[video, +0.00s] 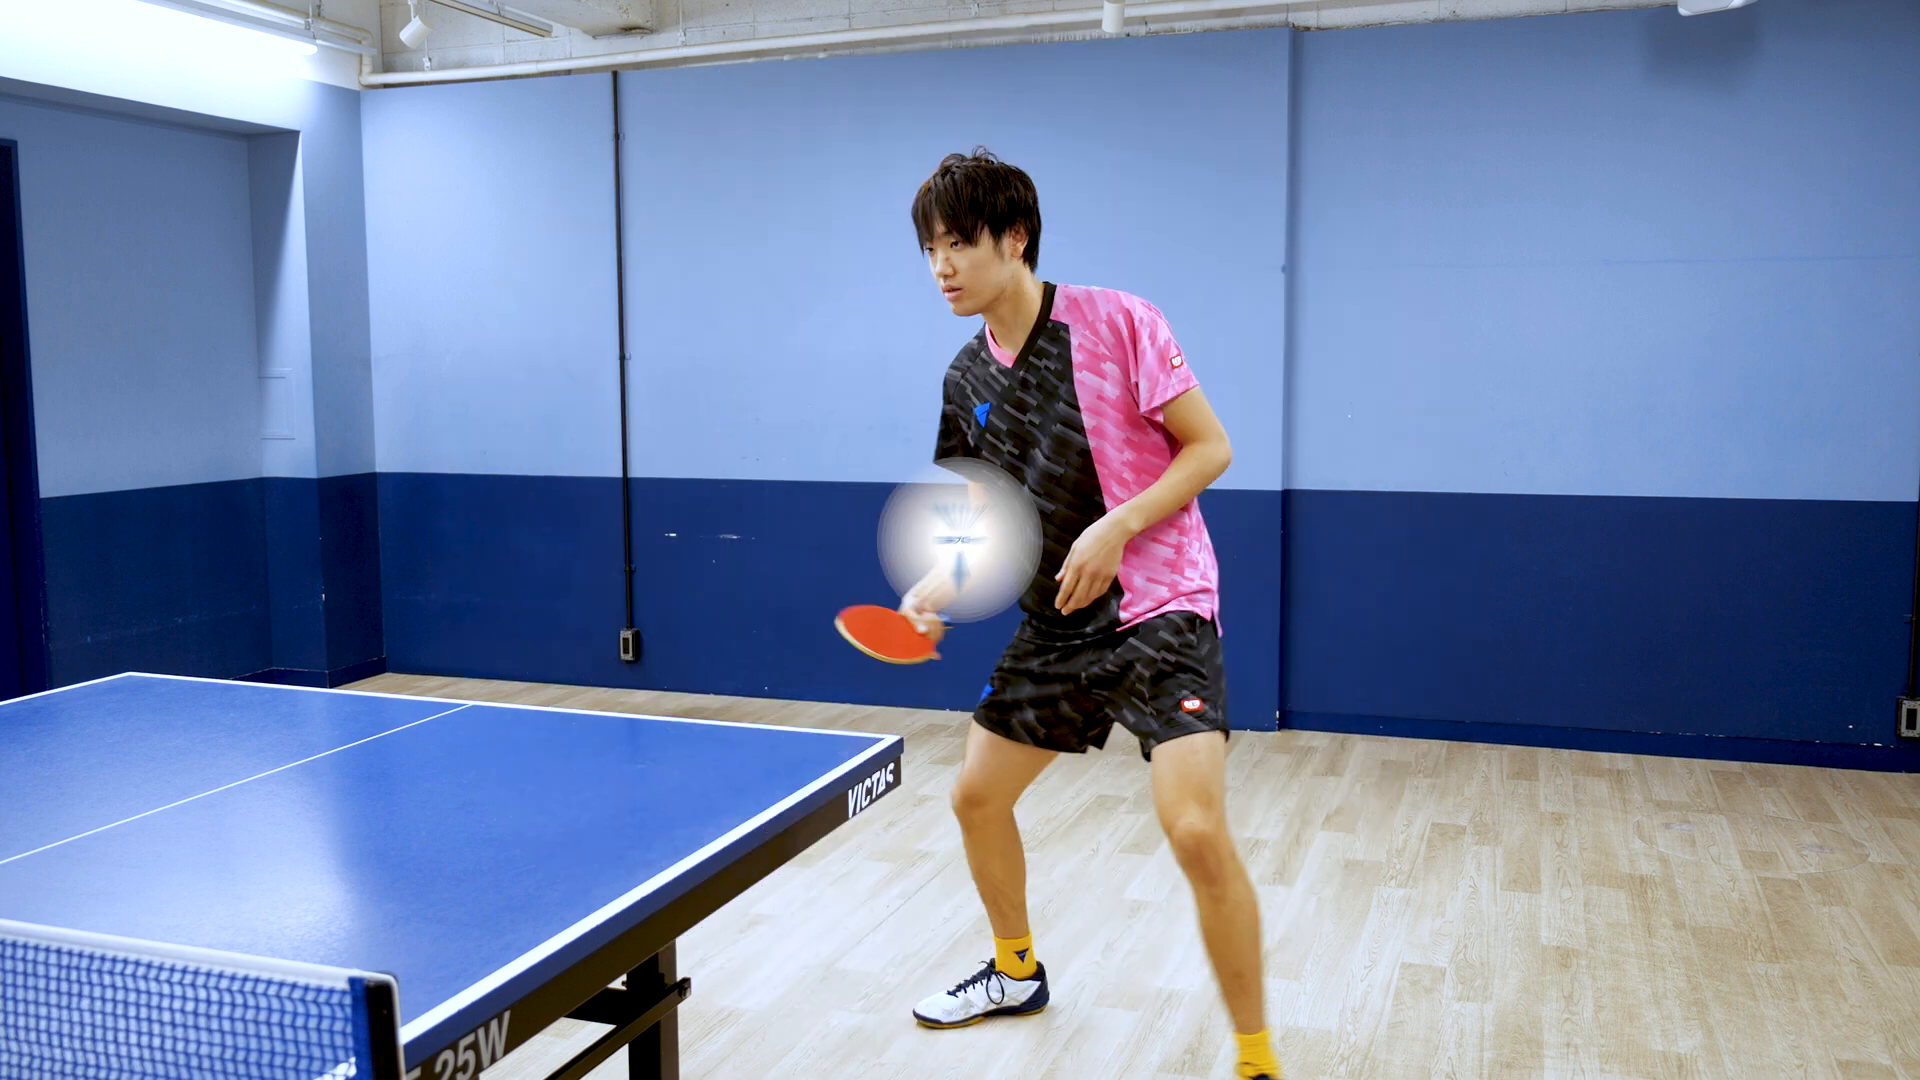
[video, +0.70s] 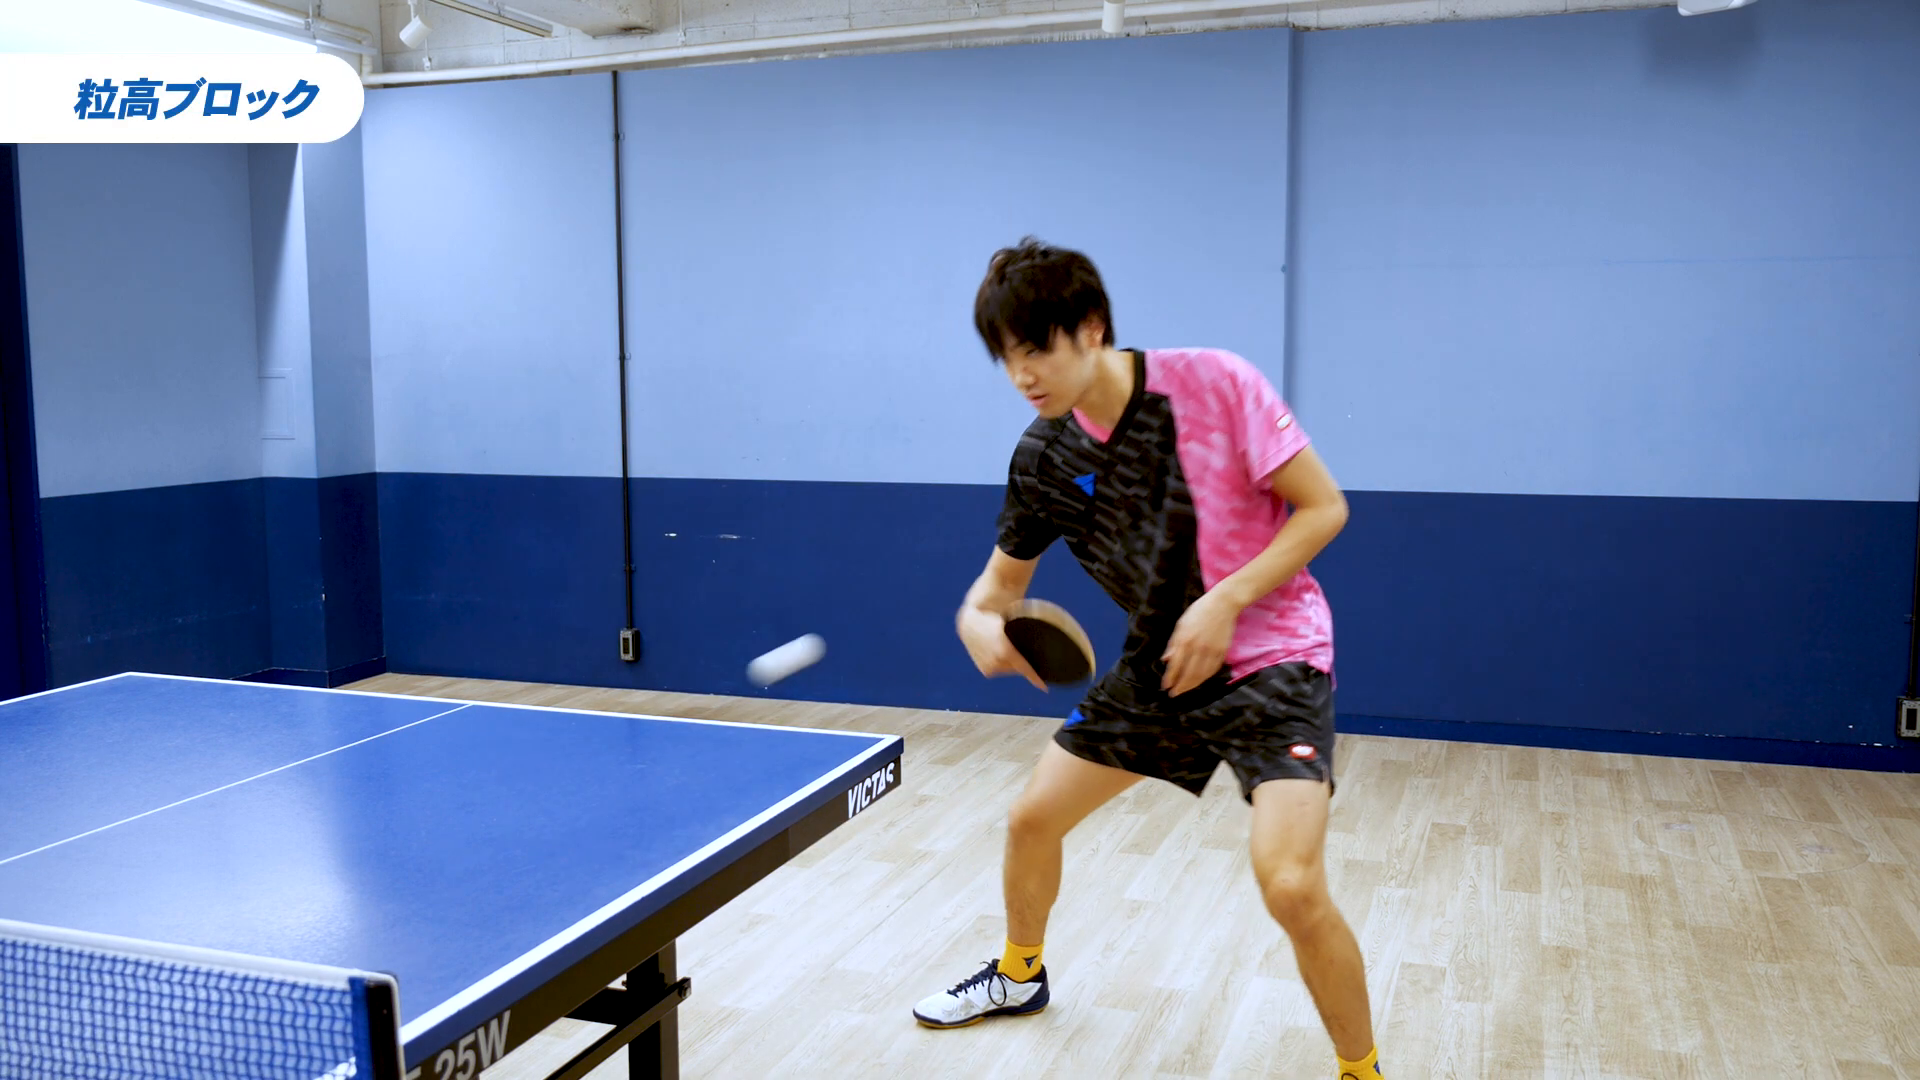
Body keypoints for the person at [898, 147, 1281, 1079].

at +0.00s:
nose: (942, 267)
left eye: (959, 244)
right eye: (932, 251)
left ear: (1016, 240)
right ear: (934, 258)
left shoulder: (1118, 323)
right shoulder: (966, 382)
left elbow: (1210, 448)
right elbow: (983, 522)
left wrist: (1119, 527)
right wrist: (938, 587)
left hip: (1163, 609)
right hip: (1058, 620)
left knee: (1196, 831)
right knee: (979, 795)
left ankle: (1255, 1054)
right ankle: (1015, 970)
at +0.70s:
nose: (1020, 376)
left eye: (1034, 349)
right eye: (1007, 357)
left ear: (1090, 328)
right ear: (1002, 359)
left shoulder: (1216, 384)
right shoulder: (1043, 459)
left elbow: (1325, 508)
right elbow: (1000, 584)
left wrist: (1227, 600)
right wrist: (977, 621)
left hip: (1275, 654)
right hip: (1157, 659)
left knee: (1292, 885)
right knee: (1033, 818)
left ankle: (1361, 1069)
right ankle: (1019, 973)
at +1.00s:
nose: (1080, 266)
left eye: (1098, 240)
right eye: (1065, 246)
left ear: (1157, 235)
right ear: (1057, 256)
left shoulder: (1264, 320)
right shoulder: (1063, 378)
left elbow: (1346, 454)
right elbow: (961, 495)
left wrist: (1273, 529)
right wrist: (881, 510)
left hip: (1285, 625)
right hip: (1162, 626)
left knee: (1336, 866)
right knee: (1057, 803)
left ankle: (1366, 1067)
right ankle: (1013, 966)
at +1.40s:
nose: (1026, 282)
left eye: (1044, 258)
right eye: (1014, 265)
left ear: (1102, 256)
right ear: (1009, 276)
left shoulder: (1206, 351)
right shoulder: (1047, 389)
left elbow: (1294, 488)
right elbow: (1066, 529)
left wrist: (1168, 559)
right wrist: (1009, 605)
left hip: (1243, 636)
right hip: (1135, 640)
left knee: (1273, 871)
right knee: (1036, 796)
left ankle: (1358, 1067)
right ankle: (1017, 969)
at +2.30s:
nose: (1073, 280)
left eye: (1091, 256)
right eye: (1060, 261)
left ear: (1148, 250)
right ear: (1053, 266)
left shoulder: (1253, 342)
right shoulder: (1056, 392)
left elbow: (1338, 478)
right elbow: (1025, 540)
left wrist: (1239, 545)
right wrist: (977, 594)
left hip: (1249, 635)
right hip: (1132, 634)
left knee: (1296, 874)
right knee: (1018, 812)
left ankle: (1360, 1068)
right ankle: (1024, 971)